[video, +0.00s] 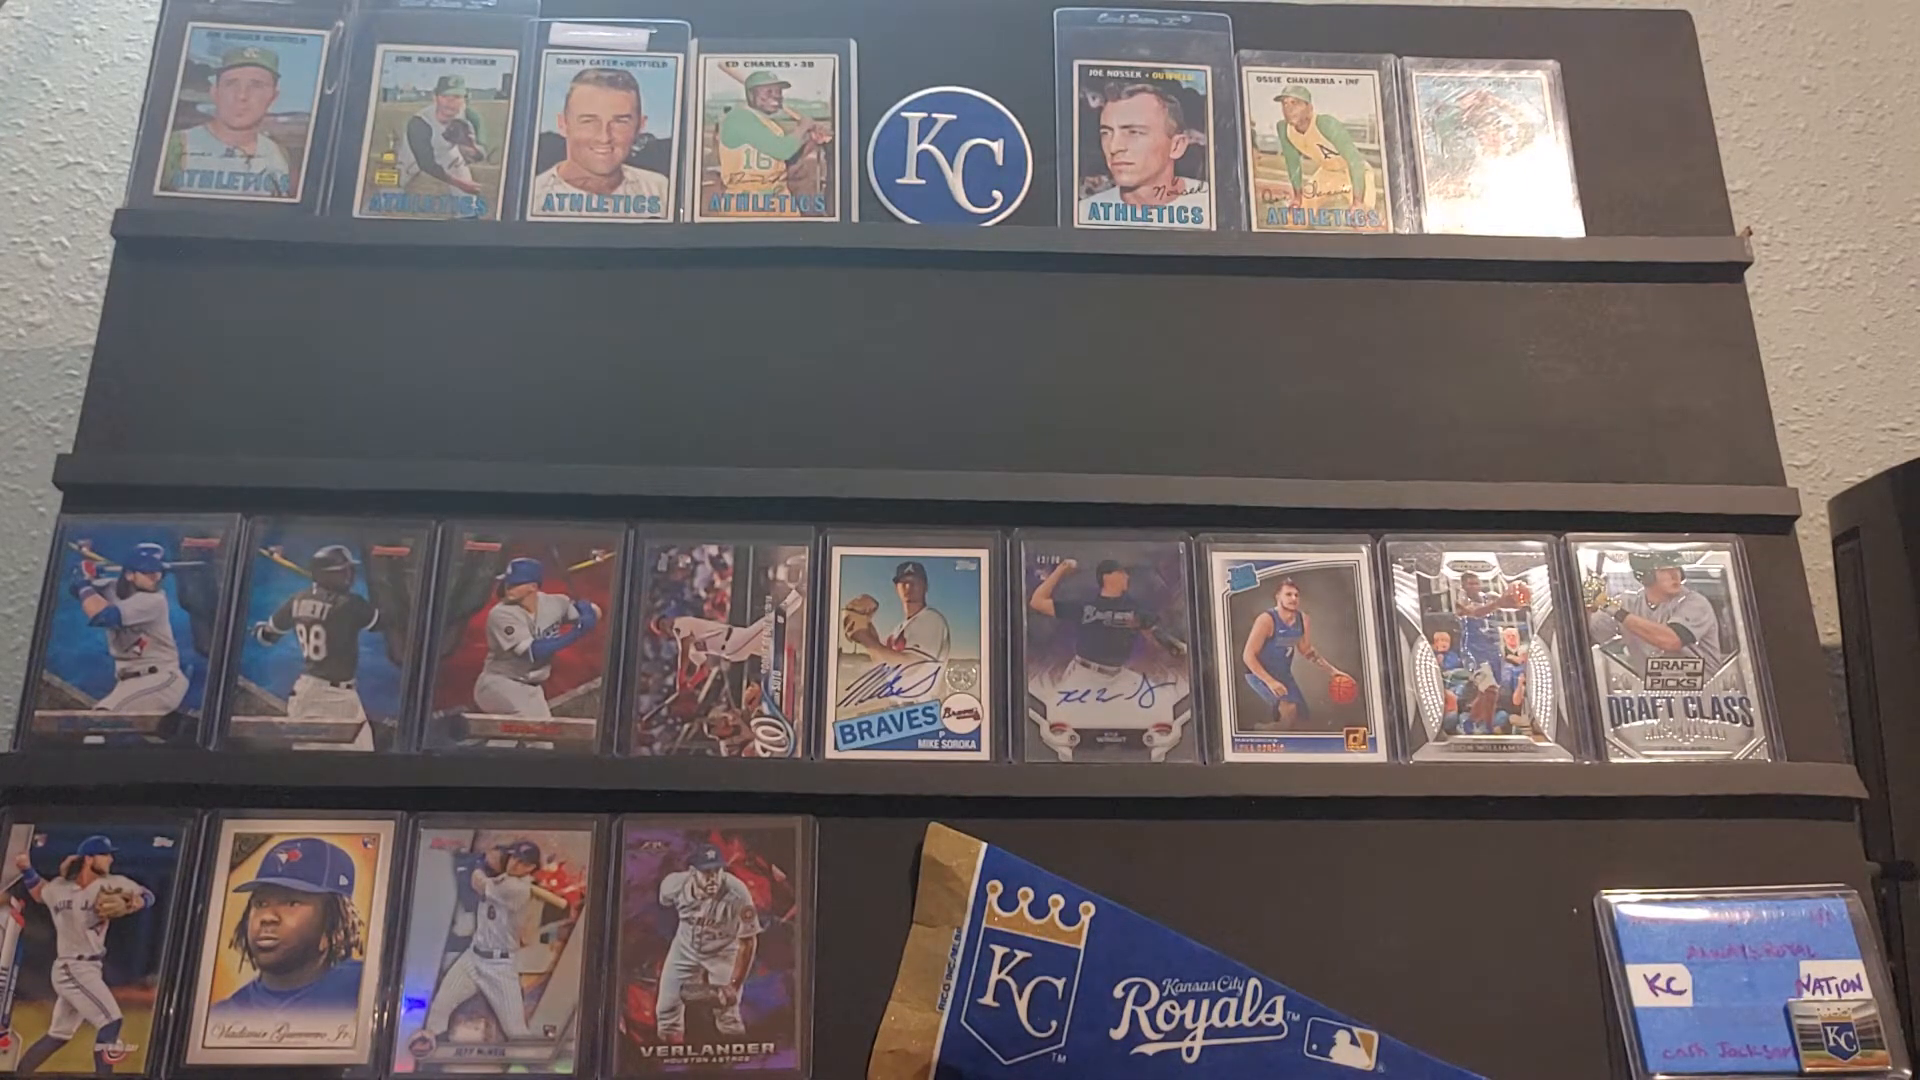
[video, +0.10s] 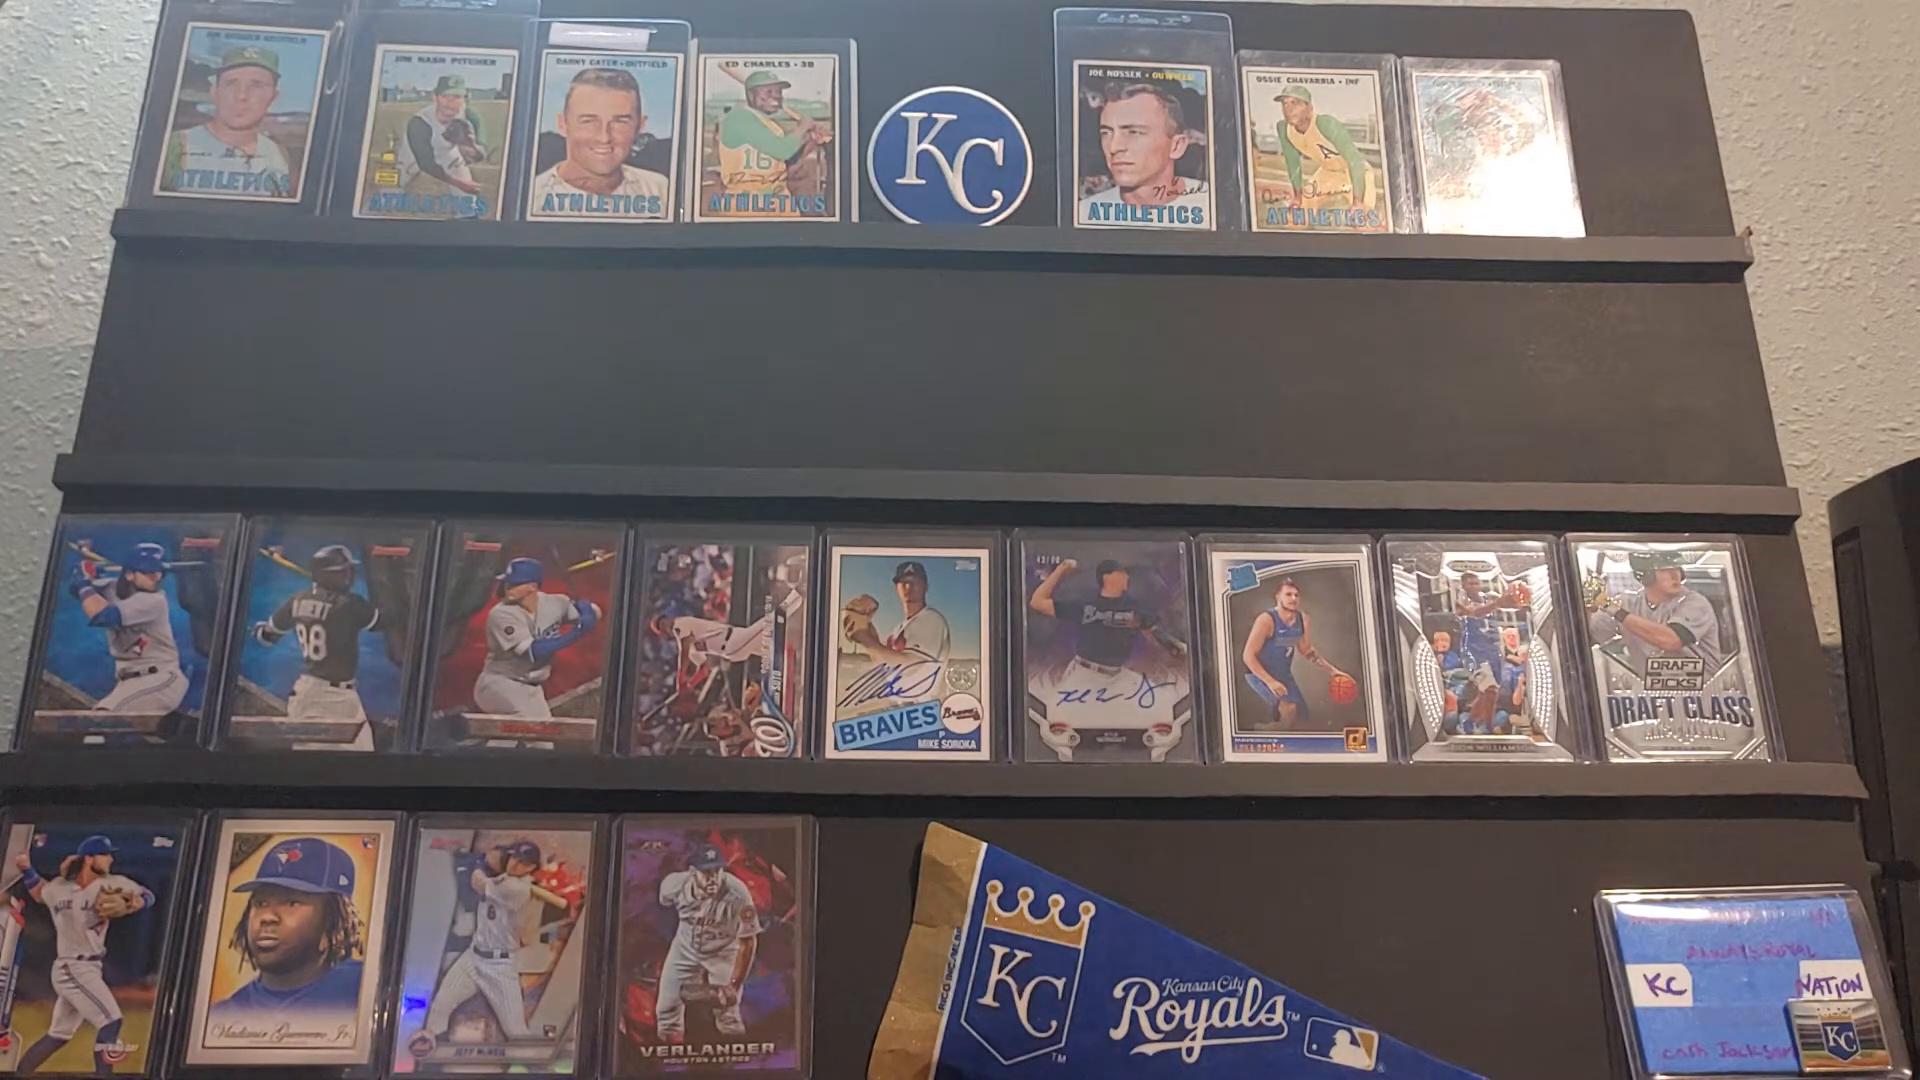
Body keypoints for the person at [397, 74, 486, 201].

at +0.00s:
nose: (451, 101)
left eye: (456, 97)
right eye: (446, 96)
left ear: (464, 101)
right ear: (436, 98)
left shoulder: (470, 116)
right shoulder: (419, 123)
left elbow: (481, 153)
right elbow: (427, 165)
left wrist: (468, 149)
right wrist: (461, 185)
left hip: (454, 163)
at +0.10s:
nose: (451, 101)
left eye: (456, 97)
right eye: (446, 96)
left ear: (464, 101)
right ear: (436, 98)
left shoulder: (470, 116)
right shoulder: (419, 123)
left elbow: (480, 154)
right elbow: (427, 165)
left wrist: (467, 149)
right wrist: (461, 185)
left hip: (453, 162)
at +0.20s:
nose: (451, 101)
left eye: (456, 97)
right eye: (446, 96)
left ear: (464, 101)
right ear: (436, 98)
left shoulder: (470, 116)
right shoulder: (419, 123)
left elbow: (480, 154)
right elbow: (427, 165)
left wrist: (467, 149)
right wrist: (461, 185)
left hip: (453, 162)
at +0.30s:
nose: (451, 101)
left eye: (456, 97)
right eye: (446, 96)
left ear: (464, 101)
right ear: (436, 98)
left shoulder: (470, 116)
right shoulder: (419, 123)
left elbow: (480, 154)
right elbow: (427, 165)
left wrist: (468, 149)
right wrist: (461, 185)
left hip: (453, 162)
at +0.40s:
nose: (451, 101)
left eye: (456, 97)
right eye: (446, 96)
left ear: (464, 101)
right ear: (436, 98)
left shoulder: (470, 116)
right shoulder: (419, 123)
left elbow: (481, 153)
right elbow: (427, 165)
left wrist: (470, 150)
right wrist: (461, 185)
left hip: (454, 164)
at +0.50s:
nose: (451, 101)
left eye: (456, 97)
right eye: (446, 96)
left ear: (464, 101)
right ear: (436, 98)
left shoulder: (470, 116)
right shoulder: (419, 123)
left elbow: (481, 153)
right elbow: (427, 165)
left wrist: (470, 150)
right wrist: (461, 185)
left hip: (454, 164)